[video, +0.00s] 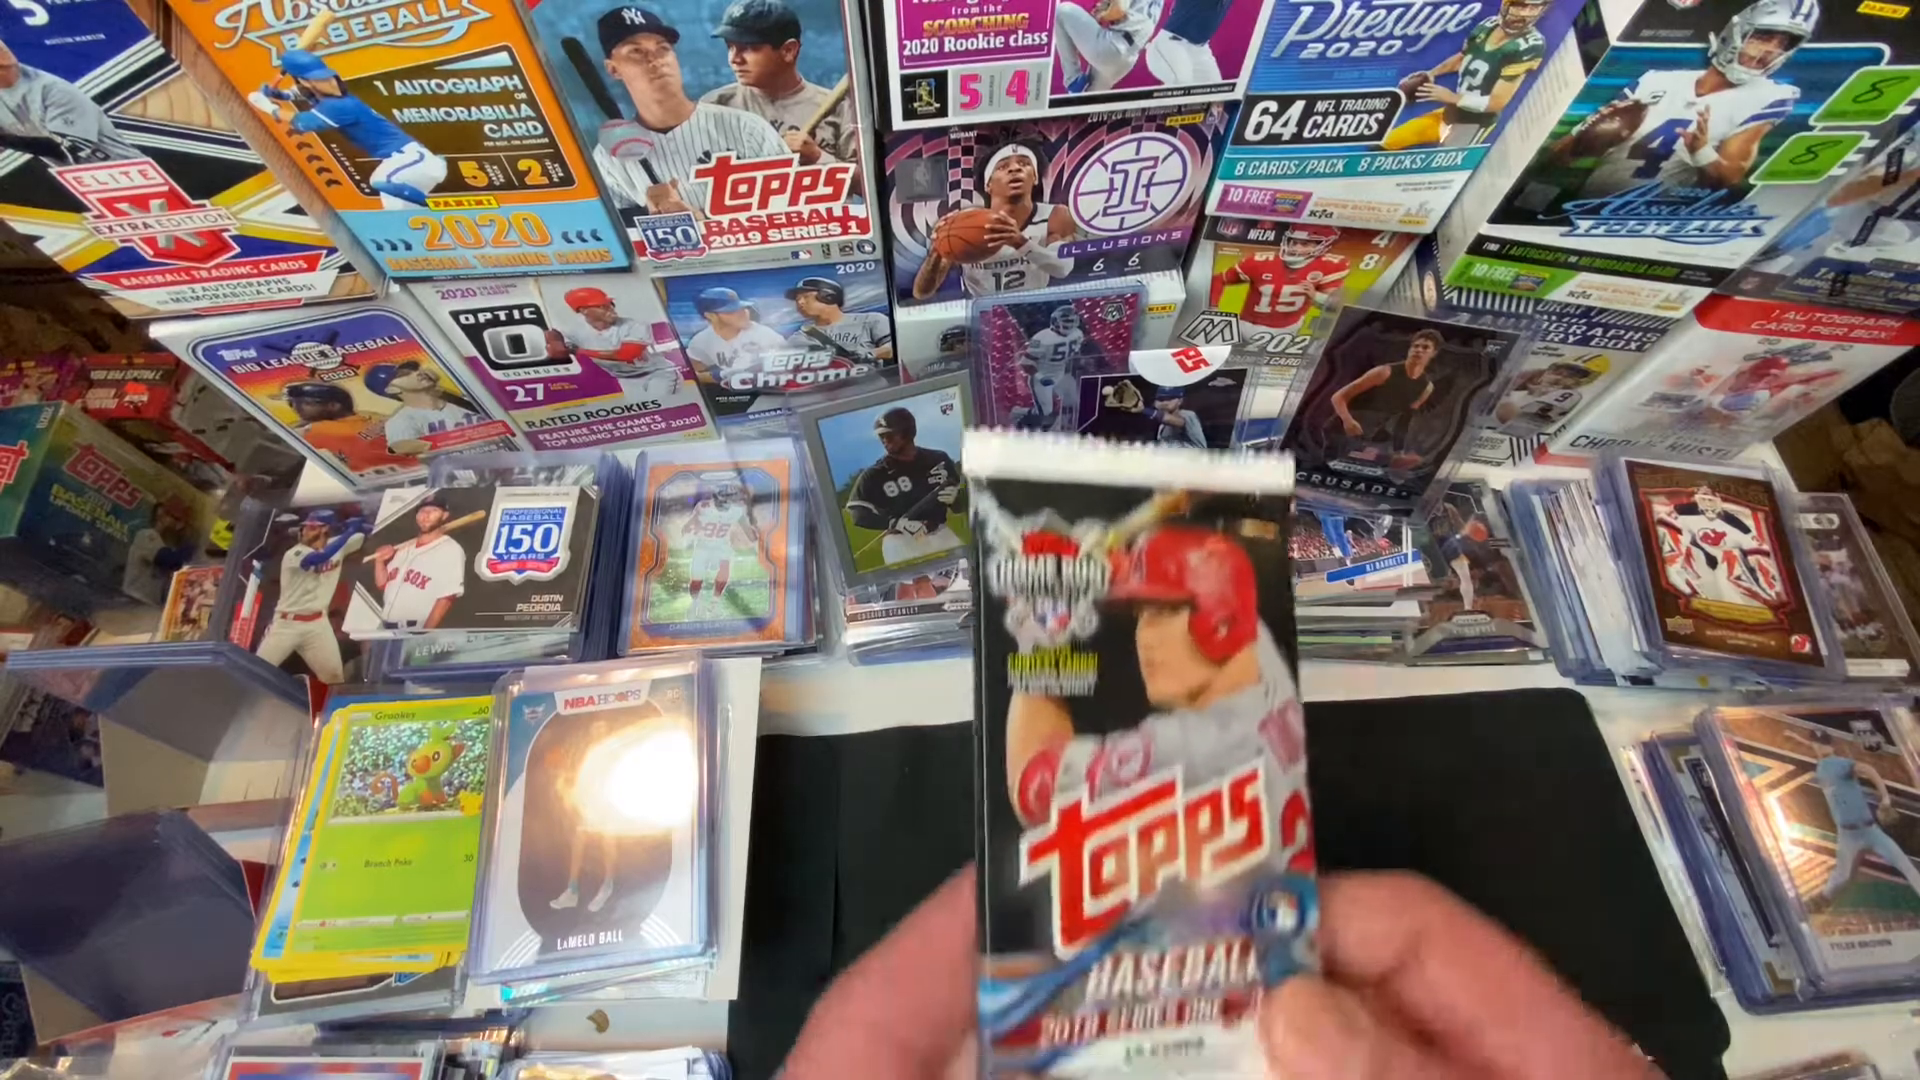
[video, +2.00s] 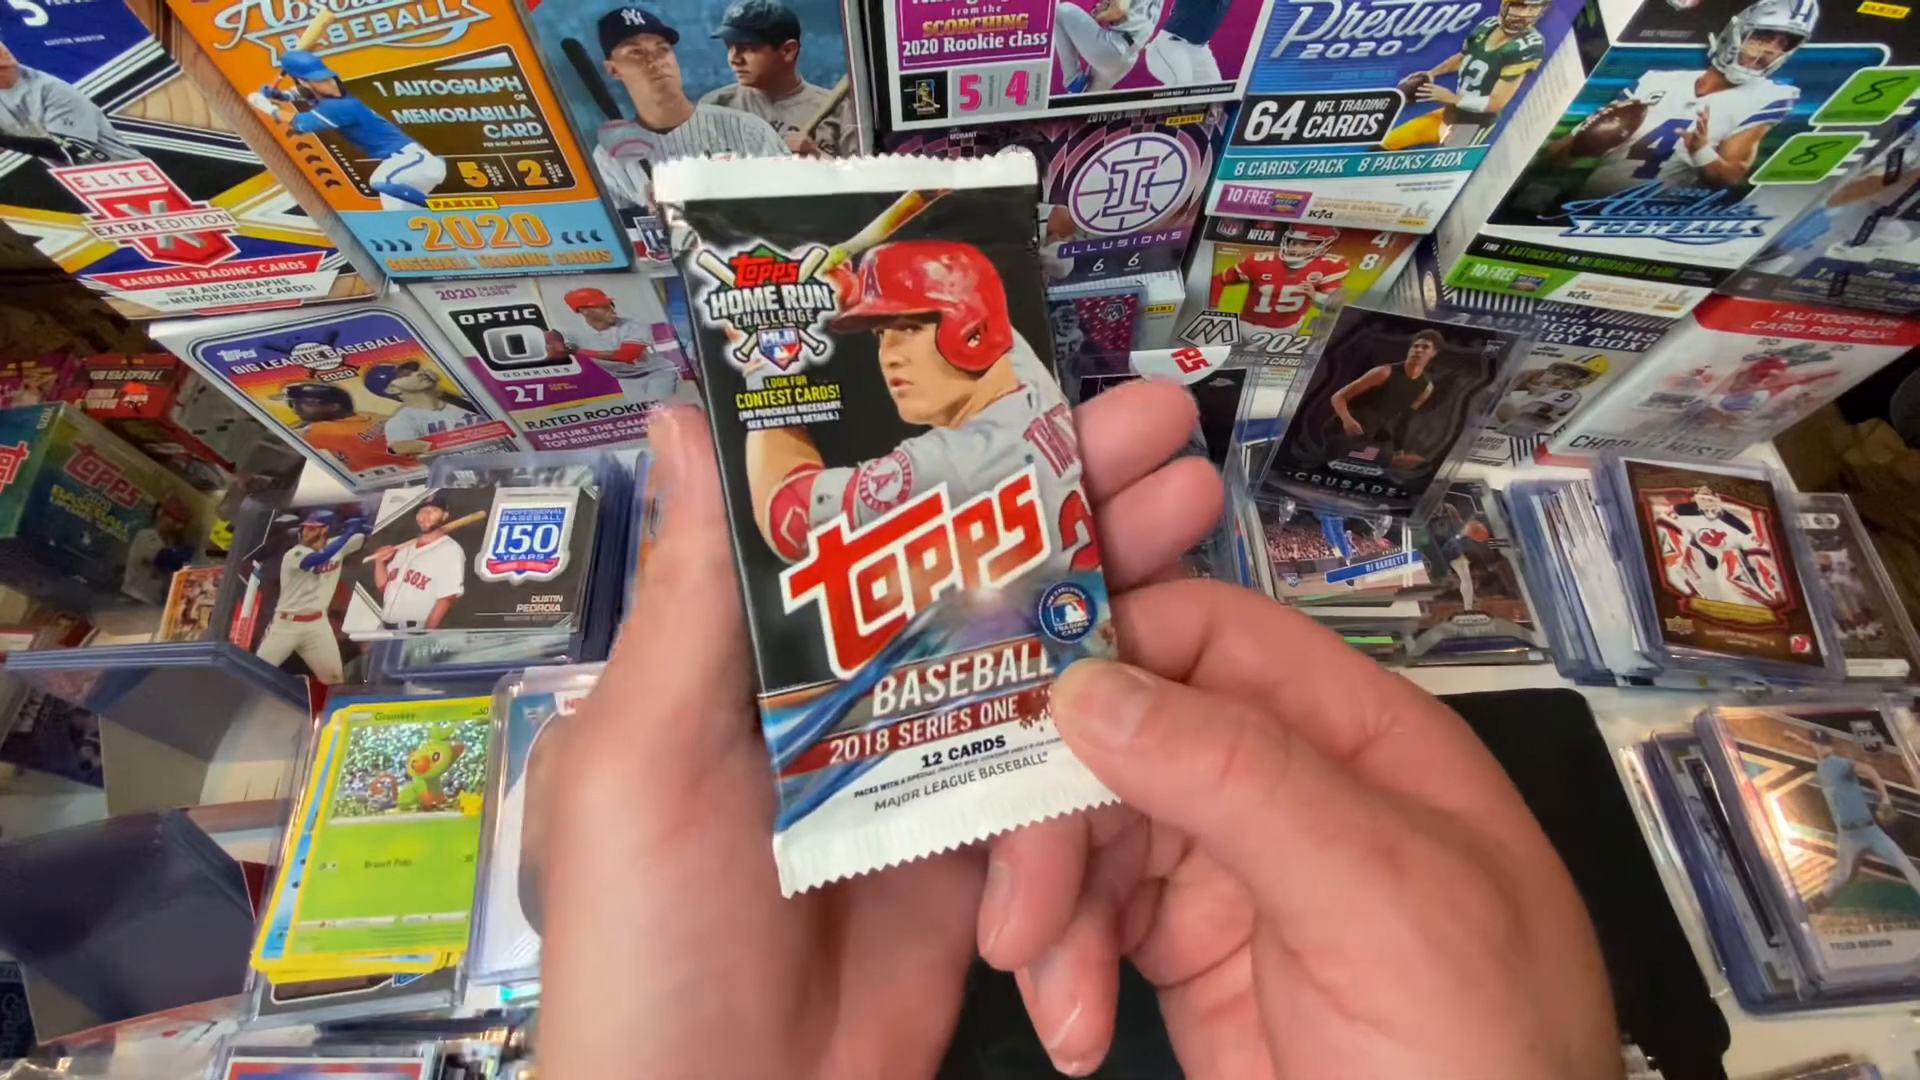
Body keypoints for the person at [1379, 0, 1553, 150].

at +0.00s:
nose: (1521, 13)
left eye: (1531, 7)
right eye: (1516, 5)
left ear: (1543, 10)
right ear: (1504, 4)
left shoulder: (1528, 47)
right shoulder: (1486, 26)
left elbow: (1496, 103)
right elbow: (1463, 58)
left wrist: (1450, 97)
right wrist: (1431, 74)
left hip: (1476, 124)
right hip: (1451, 112)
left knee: (1441, 176)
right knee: (1389, 141)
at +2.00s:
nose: (1521, 13)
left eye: (1530, 7)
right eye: (1516, 5)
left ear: (1541, 11)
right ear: (1503, 5)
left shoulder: (1527, 47)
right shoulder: (1487, 26)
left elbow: (1495, 103)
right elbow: (1464, 57)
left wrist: (1450, 98)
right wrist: (1432, 73)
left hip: (1478, 123)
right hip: (1452, 111)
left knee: (1443, 174)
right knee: (1389, 141)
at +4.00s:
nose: (1520, 13)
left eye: (1530, 7)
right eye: (1515, 4)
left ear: (1541, 11)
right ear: (1503, 5)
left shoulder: (1526, 47)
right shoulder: (1487, 26)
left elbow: (1496, 102)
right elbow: (1463, 58)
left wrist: (1450, 97)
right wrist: (1432, 73)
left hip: (1477, 123)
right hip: (1451, 111)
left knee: (1442, 175)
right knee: (1388, 141)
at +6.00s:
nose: (1520, 14)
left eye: (1530, 8)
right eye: (1516, 5)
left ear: (1542, 11)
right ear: (1504, 5)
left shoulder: (1527, 47)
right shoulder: (1487, 26)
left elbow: (1496, 103)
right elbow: (1463, 57)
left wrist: (1451, 98)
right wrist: (1431, 74)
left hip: (1478, 122)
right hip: (1453, 110)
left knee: (1442, 173)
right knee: (1388, 141)